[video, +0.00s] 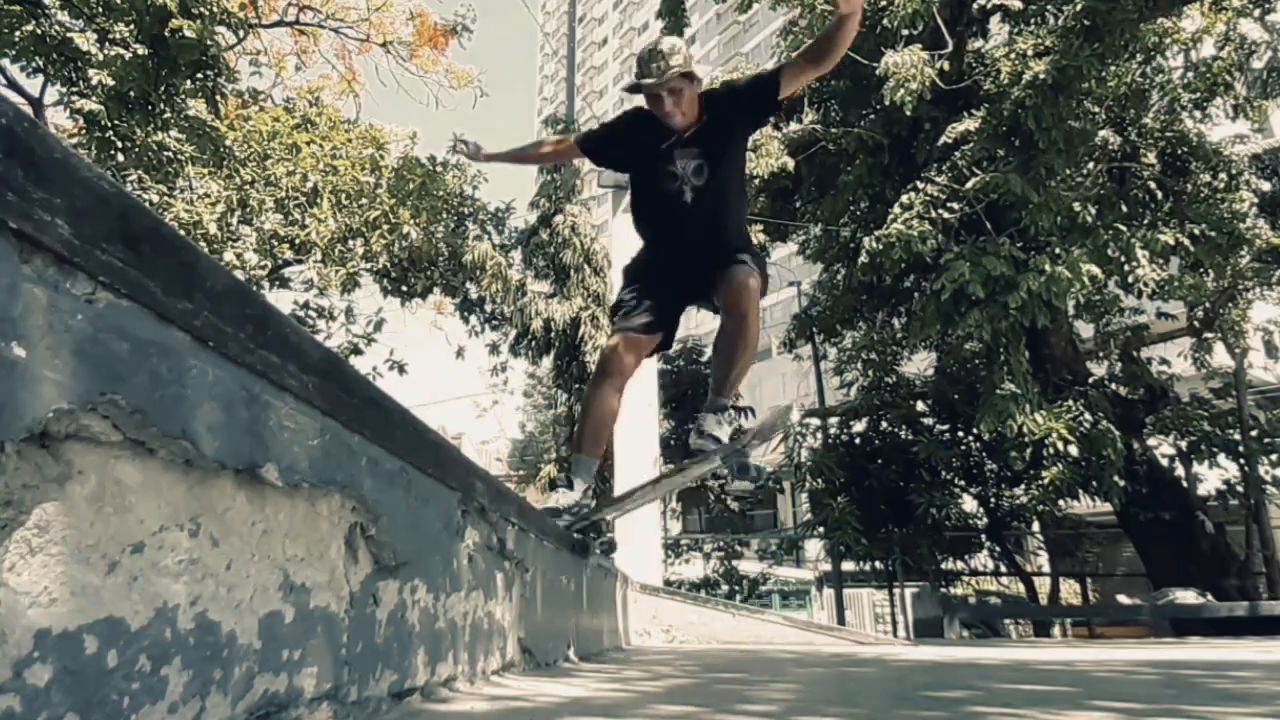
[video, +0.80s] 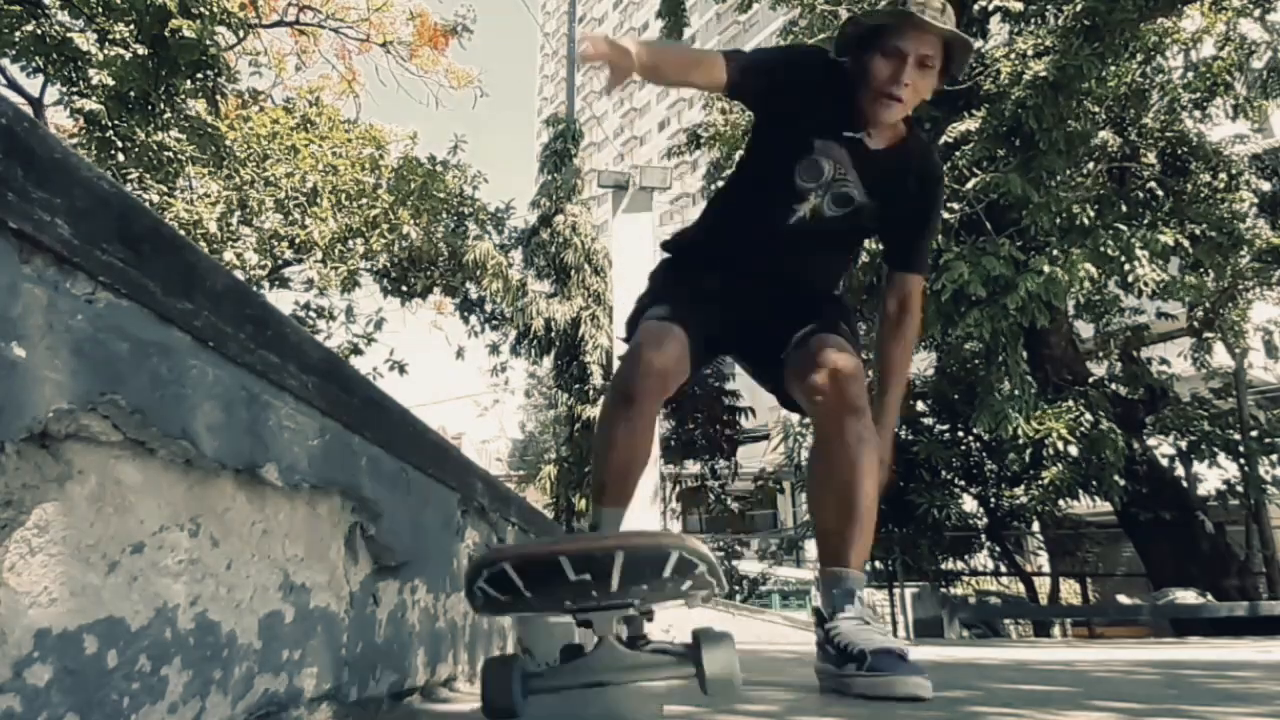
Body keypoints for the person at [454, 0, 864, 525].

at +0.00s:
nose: (660, 106)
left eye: (668, 94)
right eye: (651, 96)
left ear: (695, 85)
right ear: (643, 93)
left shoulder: (731, 107)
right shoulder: (632, 130)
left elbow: (812, 65)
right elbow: (561, 150)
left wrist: (849, 17)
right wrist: (492, 156)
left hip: (725, 256)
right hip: (659, 264)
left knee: (744, 290)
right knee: (616, 358)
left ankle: (717, 417)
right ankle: (577, 485)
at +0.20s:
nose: (675, 83)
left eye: (685, 70)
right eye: (664, 72)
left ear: (709, 62)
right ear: (653, 70)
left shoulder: (744, 94)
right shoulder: (633, 99)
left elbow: (841, 82)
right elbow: (546, 79)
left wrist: (913, 57)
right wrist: (462, 55)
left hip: (731, 248)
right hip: (661, 255)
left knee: (735, 298)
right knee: (626, 355)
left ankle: (739, 447)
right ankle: (640, 492)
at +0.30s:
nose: (681, 83)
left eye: (692, 70)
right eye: (670, 70)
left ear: (717, 64)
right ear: (657, 64)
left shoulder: (749, 96)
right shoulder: (633, 91)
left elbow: (842, 105)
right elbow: (541, 65)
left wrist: (922, 102)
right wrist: (461, 29)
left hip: (732, 247)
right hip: (660, 256)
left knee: (731, 309)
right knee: (632, 368)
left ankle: (743, 465)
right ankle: (661, 508)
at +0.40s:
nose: (696, 94)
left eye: (708, 79)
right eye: (682, 80)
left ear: (730, 72)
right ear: (665, 74)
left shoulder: (761, 110)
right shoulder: (638, 100)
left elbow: (848, 163)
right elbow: (558, 76)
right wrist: (478, 21)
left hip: (738, 263)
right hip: (664, 270)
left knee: (728, 336)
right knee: (655, 395)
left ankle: (742, 507)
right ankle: (688, 548)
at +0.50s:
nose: (709, 117)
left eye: (723, 102)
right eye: (695, 101)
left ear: (747, 97)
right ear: (679, 95)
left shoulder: (778, 140)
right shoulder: (656, 123)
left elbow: (834, 214)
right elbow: (570, 125)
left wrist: (835, 308)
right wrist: (538, 106)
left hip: (746, 297)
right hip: (671, 303)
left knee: (724, 394)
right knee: (655, 434)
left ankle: (754, 568)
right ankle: (709, 571)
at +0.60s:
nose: (762, 141)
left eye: (777, 127)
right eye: (749, 125)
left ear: (801, 117)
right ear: (728, 112)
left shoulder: (827, 168)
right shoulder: (686, 146)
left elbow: (818, 252)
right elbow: (654, 225)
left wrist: (791, 304)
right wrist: (664, 284)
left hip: (771, 310)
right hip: (688, 306)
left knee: (745, 376)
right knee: (625, 407)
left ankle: (749, 579)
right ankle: (678, 553)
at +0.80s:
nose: (902, 75)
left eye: (922, 65)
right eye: (892, 55)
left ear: (935, 85)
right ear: (861, 57)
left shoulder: (918, 170)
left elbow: (903, 305)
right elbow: (714, 68)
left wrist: (884, 433)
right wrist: (633, 56)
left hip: (799, 302)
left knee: (844, 385)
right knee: (647, 364)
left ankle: (841, 626)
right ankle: (594, 577)